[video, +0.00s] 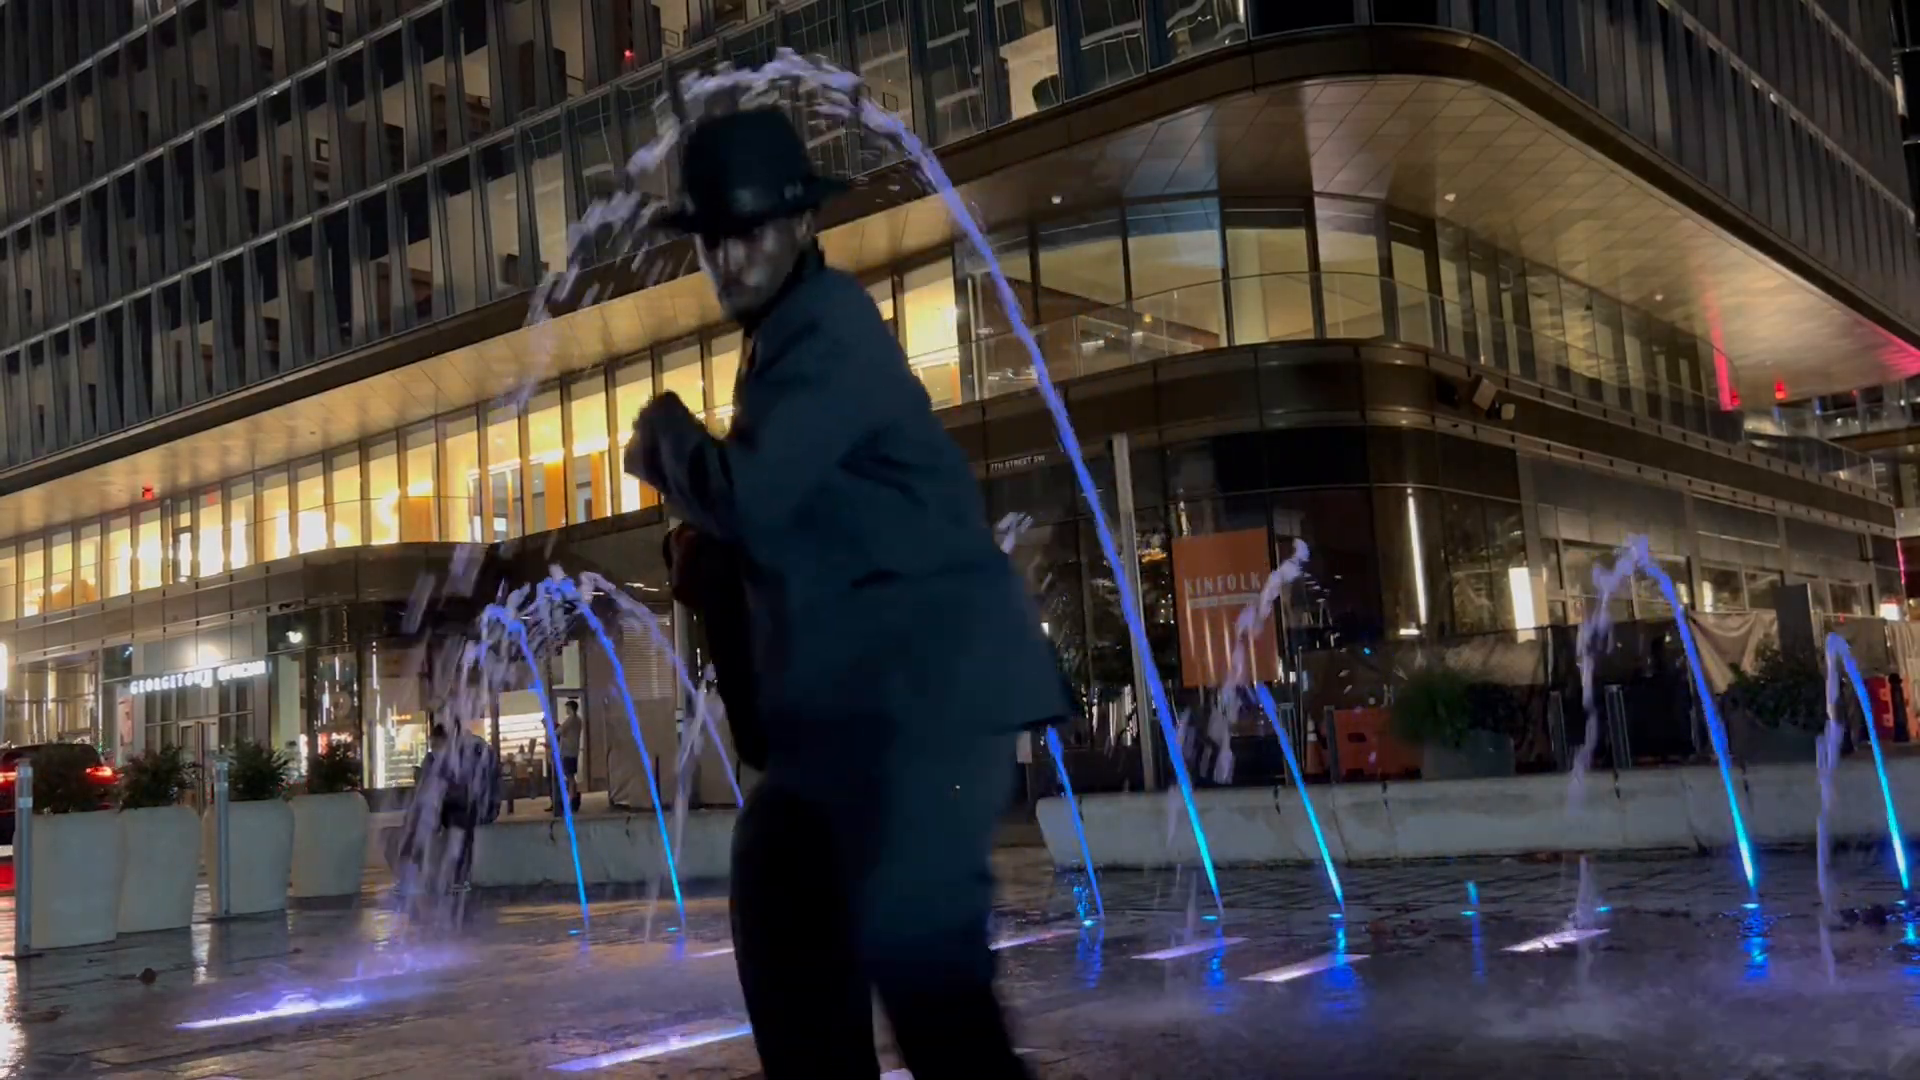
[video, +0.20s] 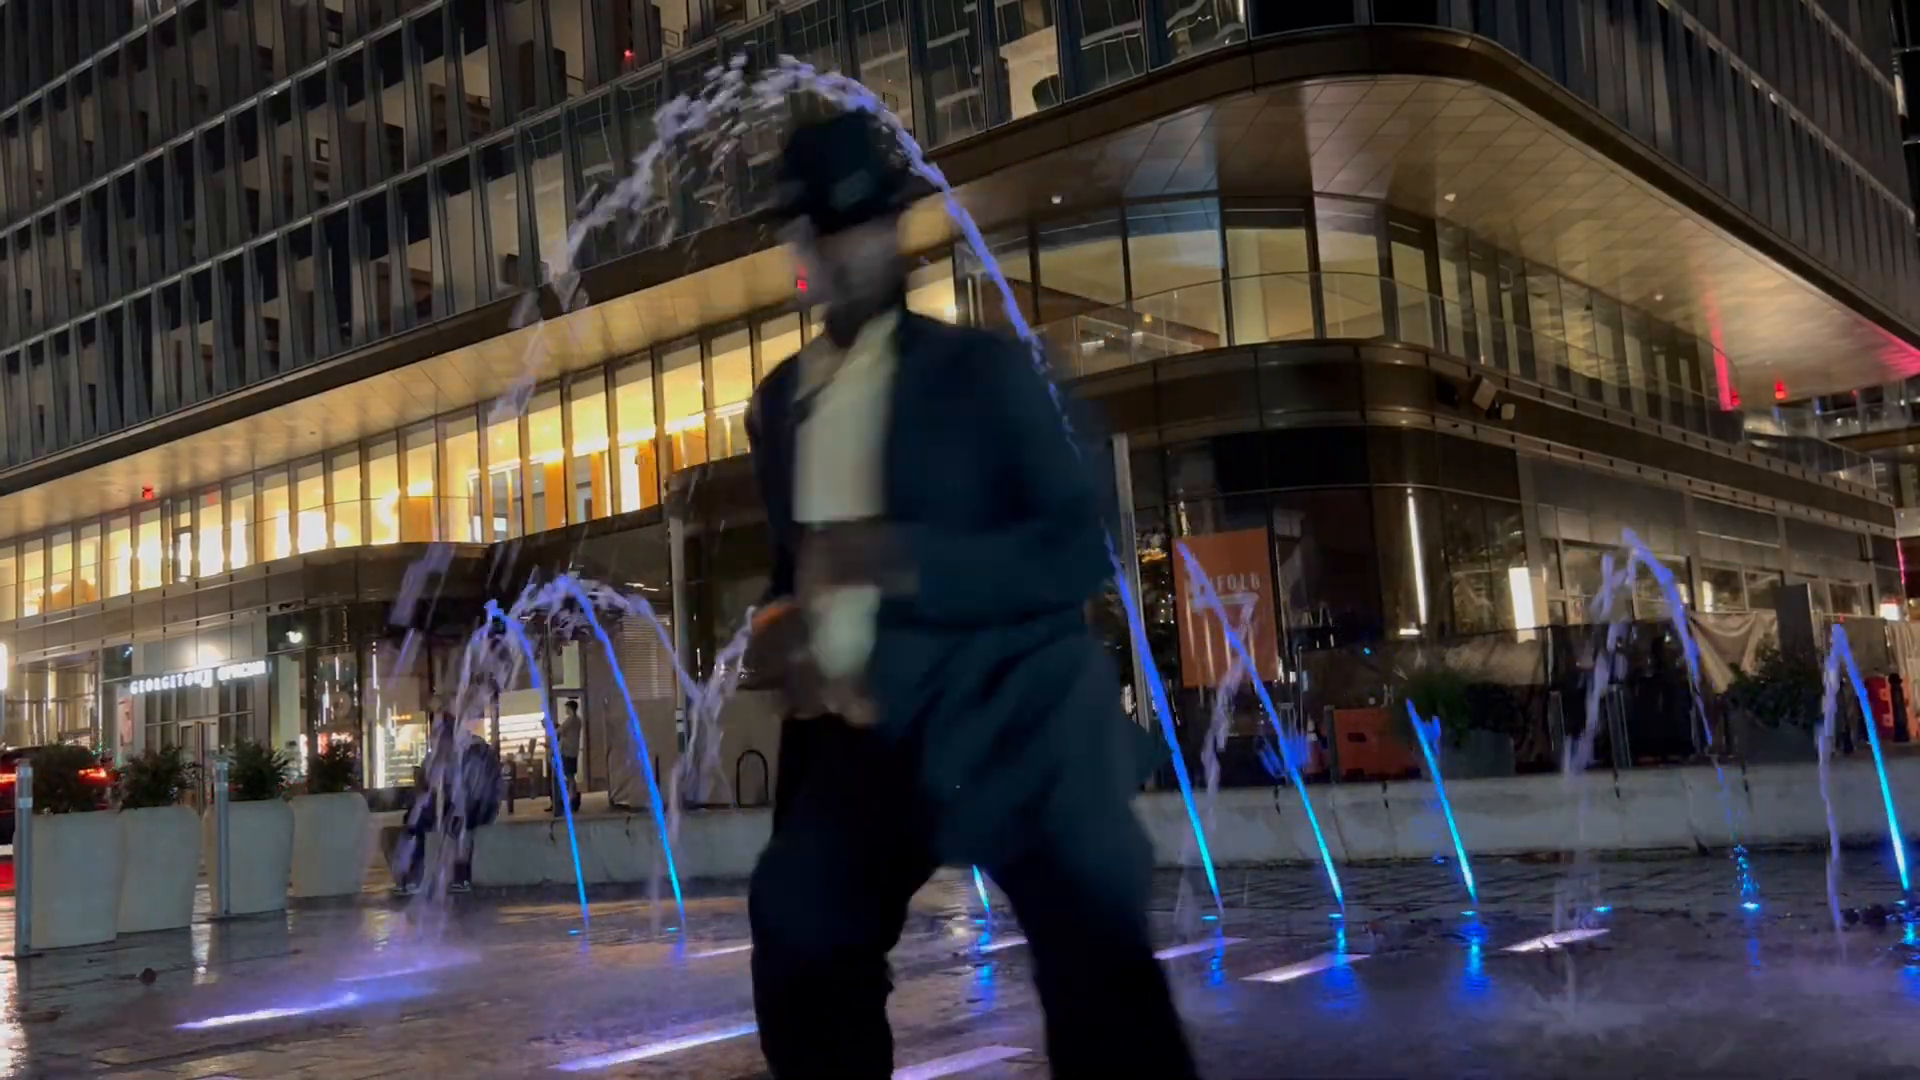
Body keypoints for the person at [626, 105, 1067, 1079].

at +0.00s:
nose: (728, 258)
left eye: (748, 231)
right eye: (710, 240)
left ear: (802, 225)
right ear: (697, 248)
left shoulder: (826, 332)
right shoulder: (786, 340)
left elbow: (761, 502)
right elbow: (813, 533)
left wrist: (667, 436)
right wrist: (715, 565)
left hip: (932, 693)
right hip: (858, 693)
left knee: (916, 927)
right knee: (780, 910)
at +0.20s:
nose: (833, 253)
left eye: (854, 223)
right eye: (812, 232)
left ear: (899, 228)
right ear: (799, 249)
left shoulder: (986, 372)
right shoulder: (782, 404)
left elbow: (1076, 550)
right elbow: (797, 565)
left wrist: (906, 558)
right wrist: (784, 623)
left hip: (1014, 720)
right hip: (854, 744)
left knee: (1099, 971)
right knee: (804, 956)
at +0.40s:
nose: (1059, 155)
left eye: (1068, 132)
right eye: (1027, 131)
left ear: (1082, 148)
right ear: (958, 154)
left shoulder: (1143, 317)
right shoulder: (887, 308)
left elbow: (1215, 509)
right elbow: (833, 504)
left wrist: (1202, 457)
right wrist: (873, 568)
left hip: (1150, 677)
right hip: (1002, 681)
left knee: (1203, 1004)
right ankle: (751, 1071)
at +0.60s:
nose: (1128, 166)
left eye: (1135, 141)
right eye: (1100, 137)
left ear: (1128, 153)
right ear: (1016, 142)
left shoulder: (1167, 310)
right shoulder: (913, 286)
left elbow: (1273, 473)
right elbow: (841, 497)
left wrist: (1297, 359)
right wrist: (909, 570)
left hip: (1156, 595)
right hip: (1018, 601)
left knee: (1223, 966)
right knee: (1338, 543)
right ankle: (1761, 518)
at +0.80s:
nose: (1141, 151)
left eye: (1145, 125)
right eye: (1123, 119)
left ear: (1038, 116)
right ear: (1040, 107)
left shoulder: (1027, 226)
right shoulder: (976, 171)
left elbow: (1065, 435)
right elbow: (874, 341)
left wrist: (1218, 395)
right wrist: (1066, 444)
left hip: (1025, 611)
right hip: (1080, 554)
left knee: (1166, 942)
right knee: (1421, 596)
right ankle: (1651, 865)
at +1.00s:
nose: (1010, 114)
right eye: (1008, 99)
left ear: (878, 129)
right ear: (1005, 100)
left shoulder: (808, 284)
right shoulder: (1076, 147)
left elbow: (854, 498)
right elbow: (1166, 242)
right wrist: (1341, 335)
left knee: (1036, 961)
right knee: (1218, 913)